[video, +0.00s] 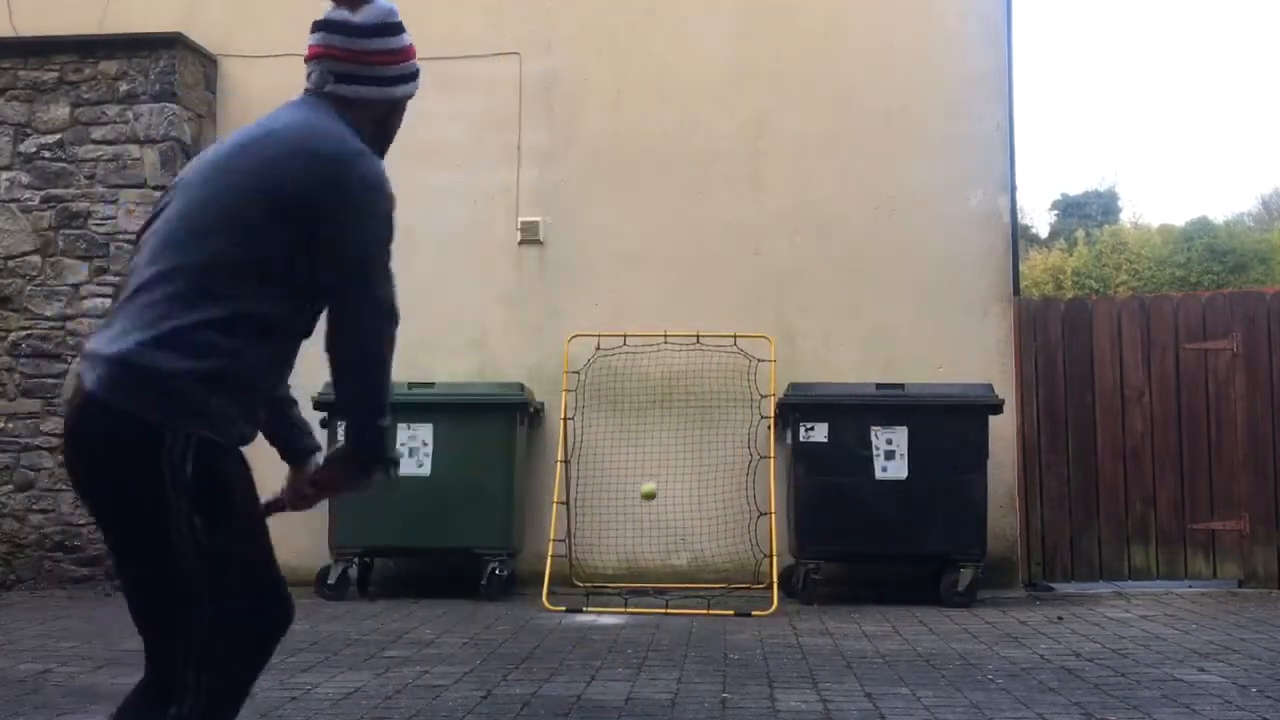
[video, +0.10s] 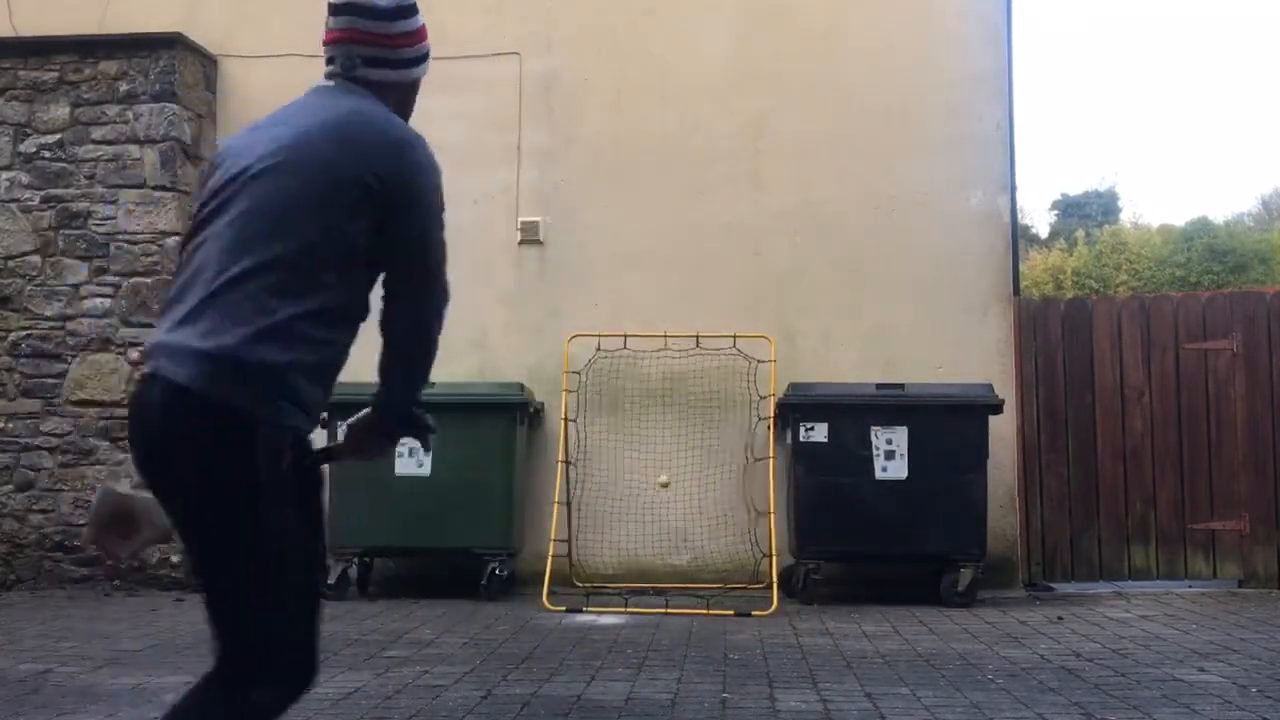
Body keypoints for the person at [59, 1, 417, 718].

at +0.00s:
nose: (399, 126)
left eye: (403, 107)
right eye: (401, 107)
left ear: (321, 82)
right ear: (386, 99)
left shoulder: (260, 143)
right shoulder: (354, 172)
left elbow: (220, 325)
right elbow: (363, 331)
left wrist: (300, 448)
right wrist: (364, 452)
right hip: (151, 426)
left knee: (257, 613)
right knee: (190, 657)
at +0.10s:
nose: (417, 87)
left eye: (415, 74)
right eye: (417, 74)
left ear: (332, 63)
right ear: (406, 74)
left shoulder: (256, 133)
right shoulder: (398, 149)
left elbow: (203, 275)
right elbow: (416, 303)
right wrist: (388, 416)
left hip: (161, 403)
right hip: (246, 419)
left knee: (258, 652)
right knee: (278, 664)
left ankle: (163, 515)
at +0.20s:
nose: (425, 90)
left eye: (425, 78)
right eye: (426, 77)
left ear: (342, 67)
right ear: (421, 76)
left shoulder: (268, 145)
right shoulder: (416, 152)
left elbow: (228, 297)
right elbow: (455, 304)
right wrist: (434, 423)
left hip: (194, 415)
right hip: (286, 425)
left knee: (283, 646)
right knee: (354, 656)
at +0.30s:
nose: (457, 82)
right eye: (456, 71)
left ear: (373, 69)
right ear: (452, 75)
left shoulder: (300, 151)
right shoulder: (458, 155)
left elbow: (247, 303)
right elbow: (512, 308)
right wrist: (510, 446)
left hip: (241, 417)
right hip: (348, 424)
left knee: (310, 639)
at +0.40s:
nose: (505, 77)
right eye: (504, 65)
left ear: (419, 63)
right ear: (499, 69)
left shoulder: (347, 146)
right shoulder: (513, 147)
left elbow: (290, 294)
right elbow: (588, 287)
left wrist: (375, 361)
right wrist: (595, 429)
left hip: (311, 420)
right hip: (429, 423)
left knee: (323, 641)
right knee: (548, 628)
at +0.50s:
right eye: (557, 50)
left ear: (474, 56)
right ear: (555, 59)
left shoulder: (415, 140)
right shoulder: (580, 141)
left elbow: (377, 274)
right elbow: (679, 270)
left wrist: (472, 269)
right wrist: (686, 331)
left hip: (405, 432)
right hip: (527, 434)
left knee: (361, 636)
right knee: (632, 636)